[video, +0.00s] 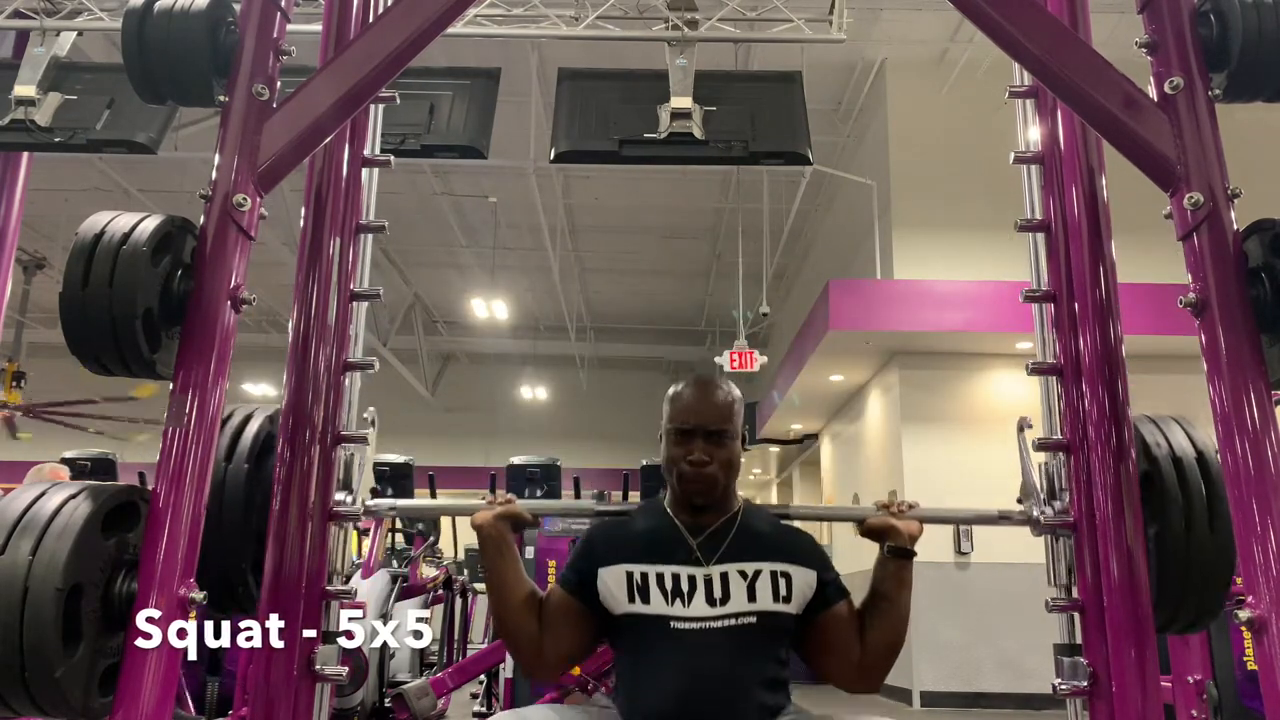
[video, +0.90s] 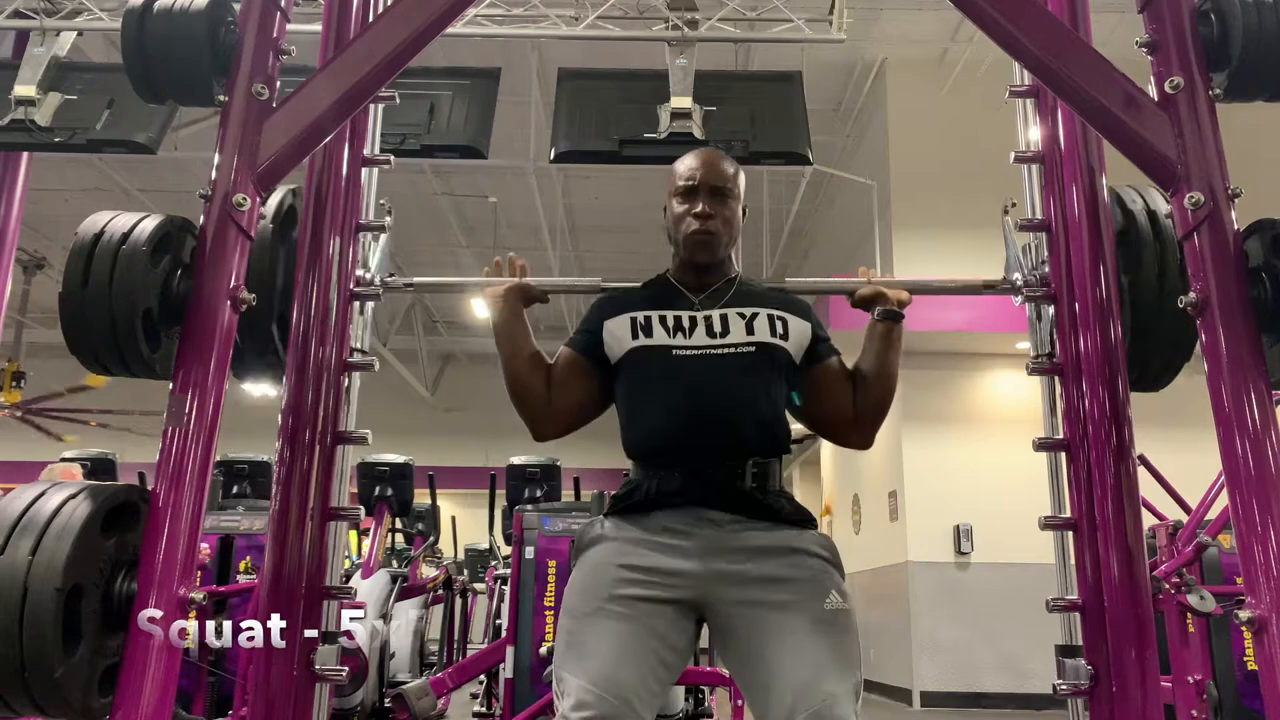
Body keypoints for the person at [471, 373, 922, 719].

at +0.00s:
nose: (697, 453)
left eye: (716, 438)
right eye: (682, 437)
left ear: (742, 447)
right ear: (662, 444)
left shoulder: (792, 552)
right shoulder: (611, 545)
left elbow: (859, 672)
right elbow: (541, 657)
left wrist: (897, 554)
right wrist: (496, 542)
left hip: (756, 714)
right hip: (646, 714)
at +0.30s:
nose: (698, 383)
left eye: (714, 371)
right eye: (684, 370)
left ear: (740, 385)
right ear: (664, 383)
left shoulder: (786, 486)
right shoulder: (614, 483)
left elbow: (858, 605)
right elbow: (543, 590)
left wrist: (893, 492)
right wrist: (499, 483)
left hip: (768, 686)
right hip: (633, 683)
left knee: (887, 718)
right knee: (511, 718)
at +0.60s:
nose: (698, 304)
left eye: (714, 291)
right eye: (684, 291)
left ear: (739, 308)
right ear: (666, 306)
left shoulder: (782, 408)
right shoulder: (617, 407)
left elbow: (855, 524)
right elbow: (548, 513)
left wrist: (889, 418)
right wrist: (502, 405)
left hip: (764, 628)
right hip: (633, 625)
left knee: (879, 717)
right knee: (526, 715)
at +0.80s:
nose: (702, 226)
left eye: (717, 215)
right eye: (688, 214)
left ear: (741, 235)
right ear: (667, 232)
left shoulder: (786, 336)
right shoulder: (619, 334)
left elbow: (855, 447)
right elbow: (549, 438)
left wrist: (886, 343)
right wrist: (508, 337)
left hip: (771, 565)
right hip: (637, 561)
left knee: (840, 709)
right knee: (567, 708)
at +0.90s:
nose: (702, 206)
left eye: (719, 195)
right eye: (687, 194)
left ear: (741, 214)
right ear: (666, 215)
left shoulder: (788, 314)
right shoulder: (617, 313)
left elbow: (856, 425)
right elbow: (547, 414)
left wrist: (887, 319)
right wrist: (507, 312)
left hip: (773, 543)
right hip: (640, 539)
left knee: (819, 708)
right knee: (597, 705)